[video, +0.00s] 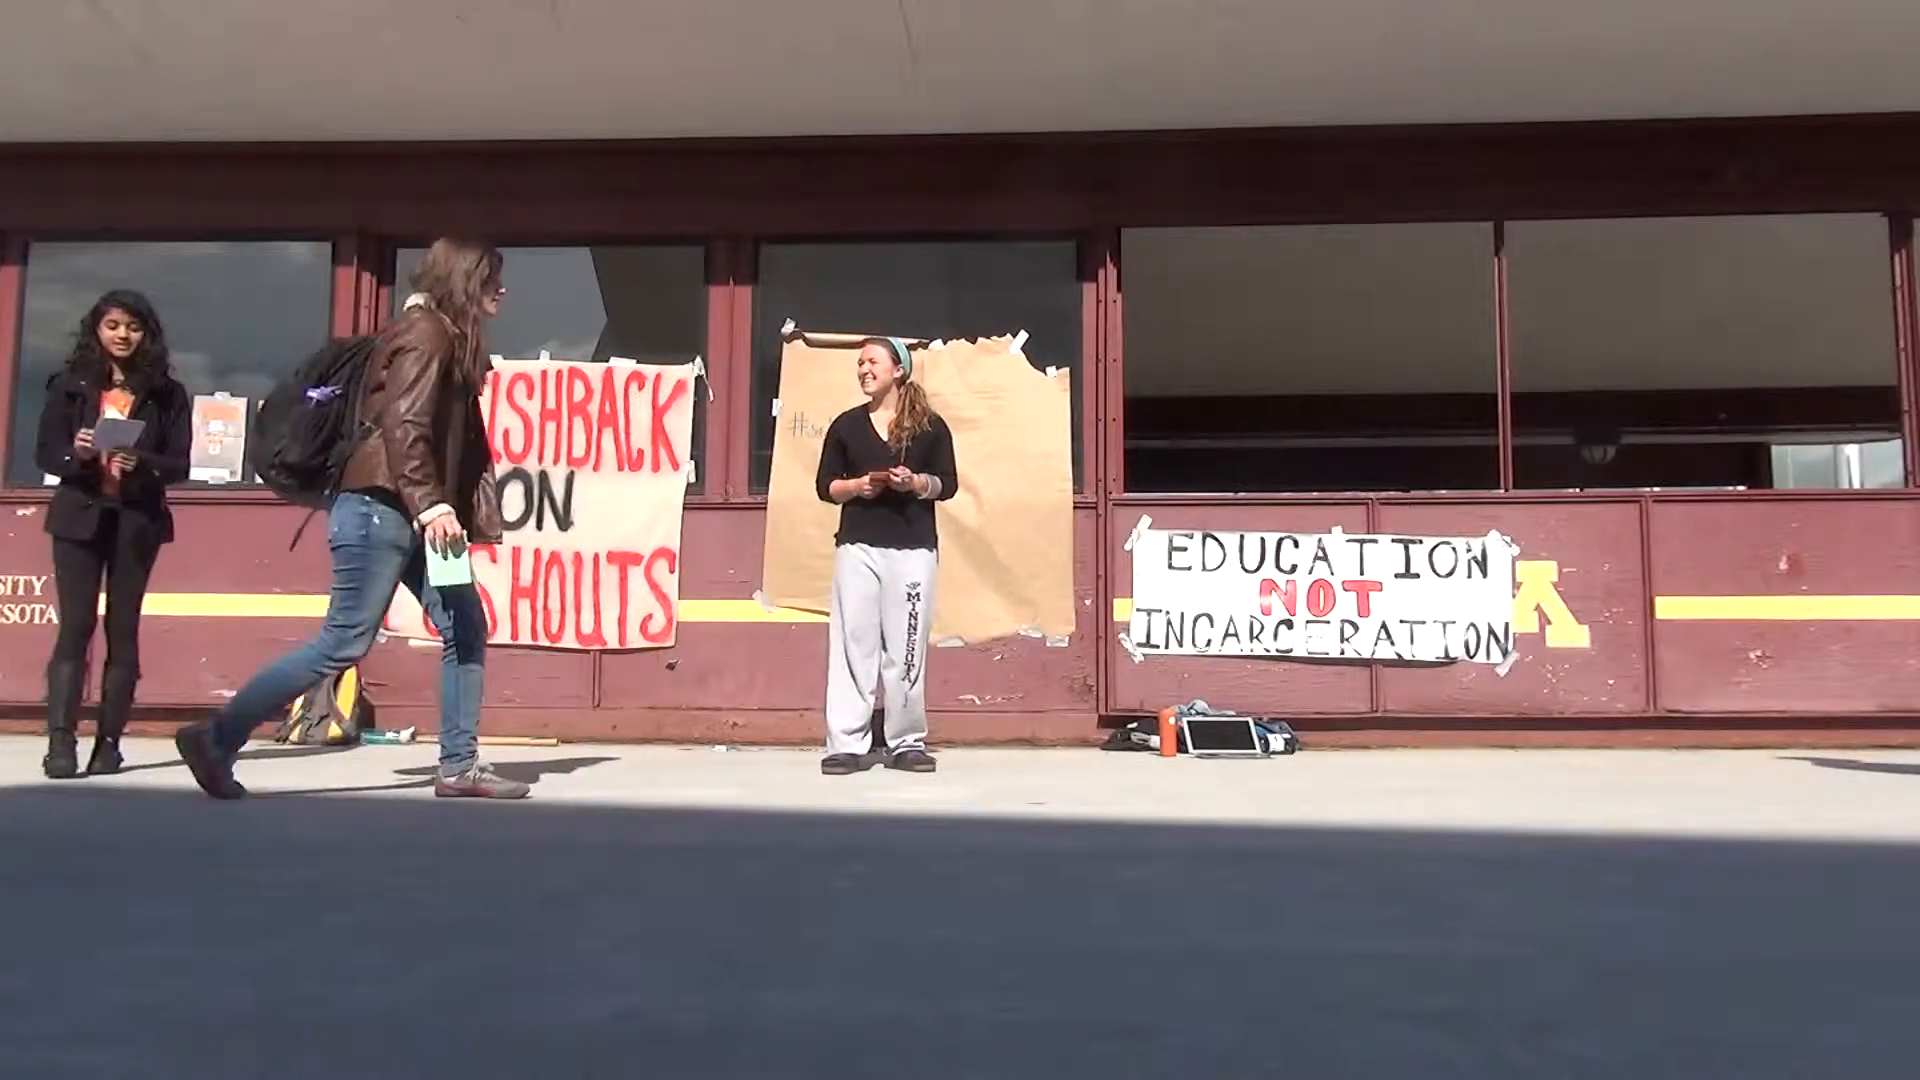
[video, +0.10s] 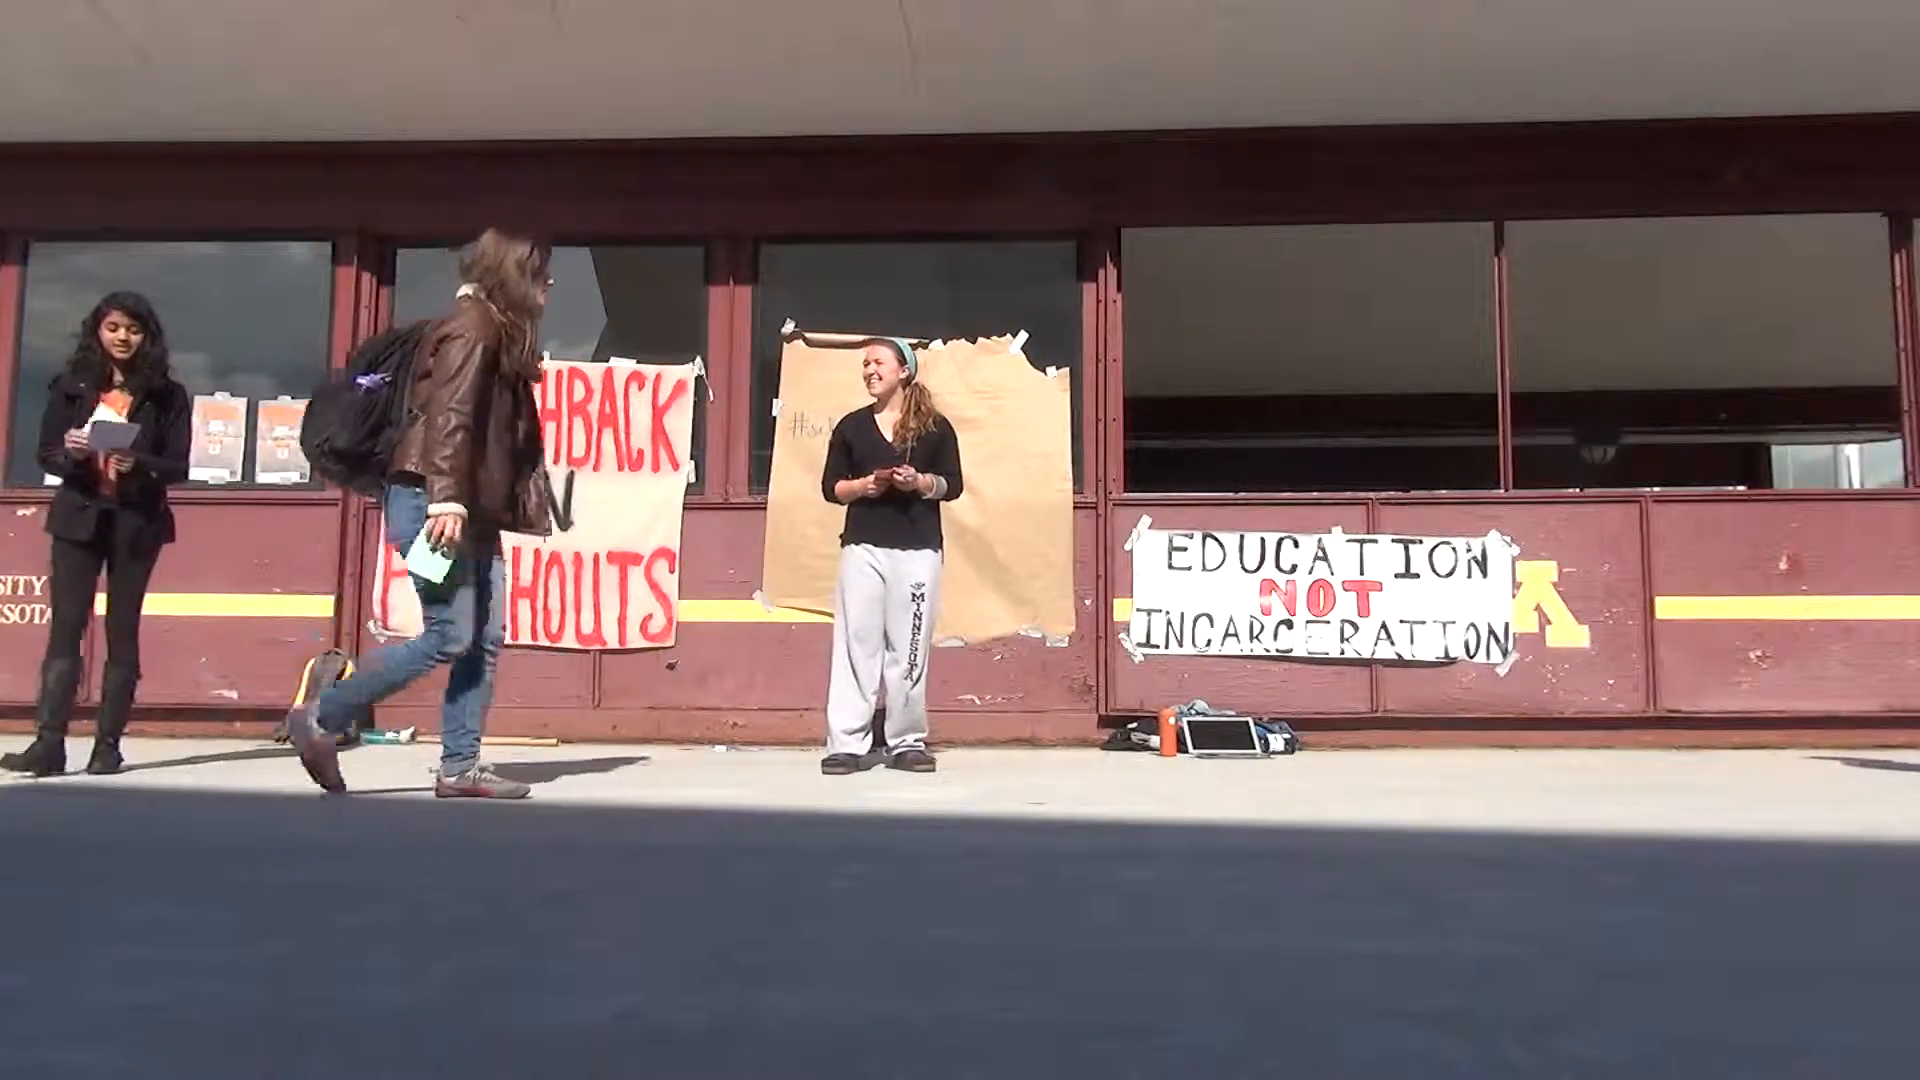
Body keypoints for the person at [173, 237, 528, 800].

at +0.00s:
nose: (501, 291)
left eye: (500, 281)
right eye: (494, 280)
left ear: (453, 277)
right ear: (466, 281)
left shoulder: (447, 337)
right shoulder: (424, 333)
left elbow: (446, 437)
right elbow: (406, 427)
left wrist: (462, 506)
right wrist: (429, 503)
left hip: (413, 513)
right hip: (375, 505)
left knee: (467, 625)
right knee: (342, 644)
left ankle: (458, 769)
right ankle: (214, 742)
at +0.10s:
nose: (546, 287)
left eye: (545, 276)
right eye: (539, 276)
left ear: (498, 271)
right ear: (512, 274)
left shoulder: (501, 330)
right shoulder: (475, 325)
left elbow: (485, 424)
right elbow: (451, 414)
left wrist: (502, 503)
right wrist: (446, 498)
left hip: (471, 501)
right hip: (433, 497)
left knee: (482, 640)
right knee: (449, 636)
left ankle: (458, 769)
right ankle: (320, 720)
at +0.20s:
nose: (587, 279)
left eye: (586, 268)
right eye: (582, 267)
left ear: (535, 261)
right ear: (562, 266)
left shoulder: (538, 317)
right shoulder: (518, 311)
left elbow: (509, 411)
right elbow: (491, 403)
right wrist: (483, 489)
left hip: (486, 491)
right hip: (478, 491)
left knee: (489, 628)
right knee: (534, 616)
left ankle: (462, 760)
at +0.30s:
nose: (636, 289)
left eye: (636, 278)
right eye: (630, 278)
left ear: (586, 270)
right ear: (606, 275)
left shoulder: (582, 327)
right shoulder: (562, 322)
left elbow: (560, 421)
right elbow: (533, 415)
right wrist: (532, 500)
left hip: (527, 500)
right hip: (518, 500)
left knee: (502, 639)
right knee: (595, 619)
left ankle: (460, 765)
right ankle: (603, 765)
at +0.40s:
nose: (686, 309)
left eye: (686, 298)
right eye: (680, 297)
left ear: (635, 289)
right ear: (653, 293)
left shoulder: (620, 337)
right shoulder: (613, 334)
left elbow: (607, 429)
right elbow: (584, 426)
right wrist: (591, 513)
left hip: (560, 511)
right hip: (571, 511)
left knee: (527, 643)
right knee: (646, 633)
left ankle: (463, 762)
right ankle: (711, 760)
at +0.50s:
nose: (734, 308)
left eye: (734, 297)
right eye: (731, 297)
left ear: (682, 289)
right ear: (711, 296)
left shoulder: (666, 340)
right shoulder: (669, 344)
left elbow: (647, 437)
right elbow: (644, 439)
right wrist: (656, 523)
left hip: (614, 516)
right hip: (631, 516)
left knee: (578, 646)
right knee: (710, 631)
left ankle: (484, 746)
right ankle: (736, 769)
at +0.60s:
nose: (784, 294)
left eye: (782, 282)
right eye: (780, 283)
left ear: (730, 279)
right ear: (762, 283)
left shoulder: (710, 332)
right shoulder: (726, 338)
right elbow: (708, 434)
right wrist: (726, 518)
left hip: (665, 505)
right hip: (689, 508)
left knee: (671, 647)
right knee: (748, 625)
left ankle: (551, 723)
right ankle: (741, 770)